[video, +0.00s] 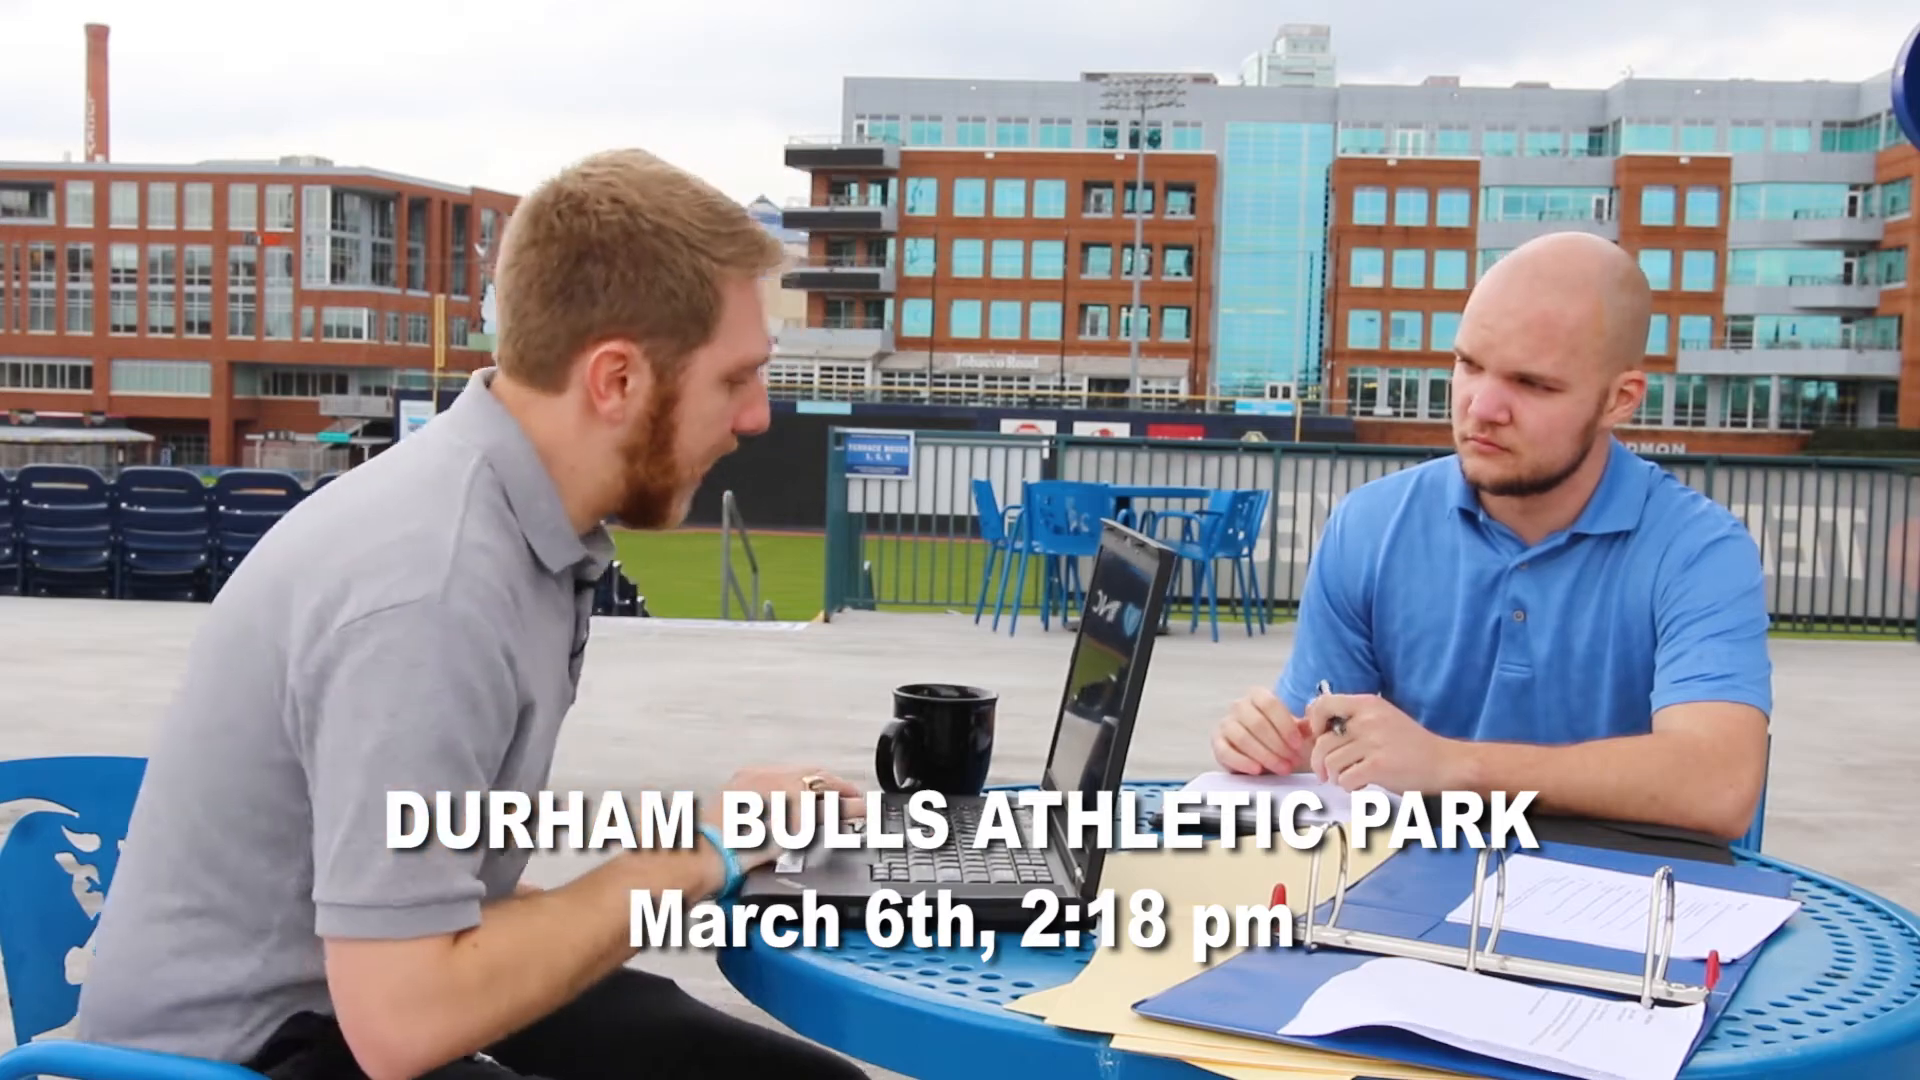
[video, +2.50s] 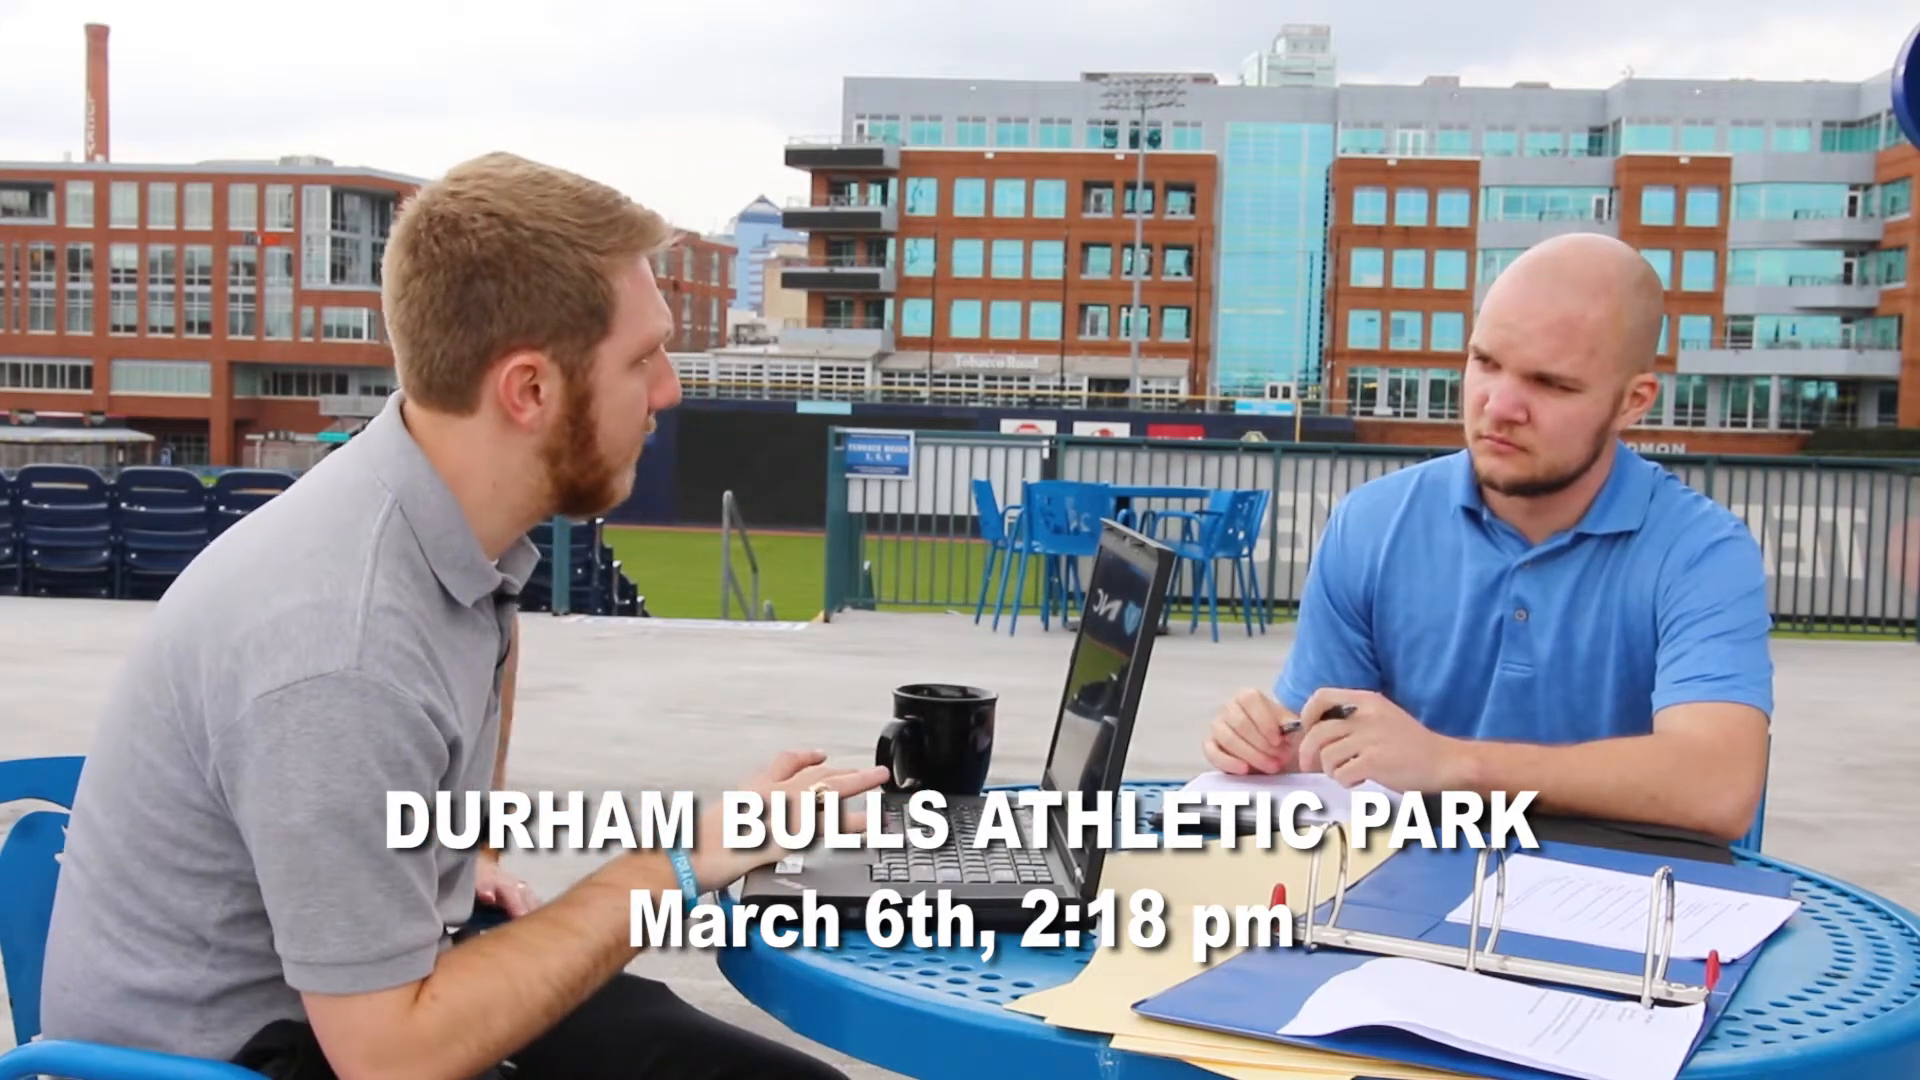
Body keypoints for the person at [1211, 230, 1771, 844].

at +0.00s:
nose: (1482, 406)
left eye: (1530, 383)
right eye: (1470, 364)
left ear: (1620, 400)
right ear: (1454, 354)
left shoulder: (1696, 549)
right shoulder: (1370, 525)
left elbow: (1713, 783)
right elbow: (1314, 728)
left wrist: (1449, 763)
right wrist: (1269, 735)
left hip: (1625, 914)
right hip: (1399, 891)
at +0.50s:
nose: (1485, 408)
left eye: (1534, 385)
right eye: (1473, 366)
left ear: (1622, 402)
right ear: (1458, 355)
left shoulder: (1696, 550)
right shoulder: (1370, 525)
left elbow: (1714, 784)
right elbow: (1311, 724)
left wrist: (1447, 761)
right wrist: (1270, 732)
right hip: (1397, 890)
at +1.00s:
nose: (1489, 406)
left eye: (1538, 384)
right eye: (1478, 365)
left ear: (1624, 403)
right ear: (1460, 355)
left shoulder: (1696, 549)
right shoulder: (1369, 524)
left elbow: (1714, 784)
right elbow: (1304, 720)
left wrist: (1449, 761)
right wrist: (1265, 731)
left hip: (1623, 916)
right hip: (1395, 890)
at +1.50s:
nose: (1492, 409)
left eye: (1542, 387)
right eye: (1480, 367)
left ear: (1625, 406)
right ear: (1462, 356)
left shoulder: (1696, 549)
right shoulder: (1369, 524)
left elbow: (1713, 784)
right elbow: (1304, 723)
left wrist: (1448, 763)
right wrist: (1264, 733)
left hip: (1620, 915)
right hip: (1393, 891)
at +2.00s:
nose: (1494, 413)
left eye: (1543, 390)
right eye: (1481, 370)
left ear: (1626, 407)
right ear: (1463, 356)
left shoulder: (1697, 550)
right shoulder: (1369, 524)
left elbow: (1713, 785)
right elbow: (1304, 723)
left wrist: (1447, 763)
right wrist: (1264, 734)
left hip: (1622, 915)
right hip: (1394, 890)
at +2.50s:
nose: (1499, 406)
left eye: (1549, 383)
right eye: (1486, 364)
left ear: (1632, 403)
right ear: (1467, 353)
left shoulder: (1697, 552)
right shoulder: (1370, 525)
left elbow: (1713, 786)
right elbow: (1306, 730)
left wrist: (1446, 762)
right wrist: (1261, 736)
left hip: (1621, 917)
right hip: (1395, 894)